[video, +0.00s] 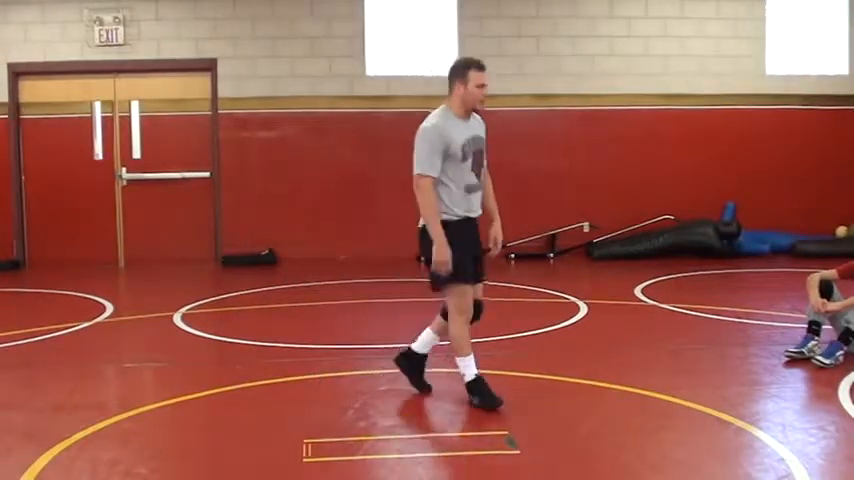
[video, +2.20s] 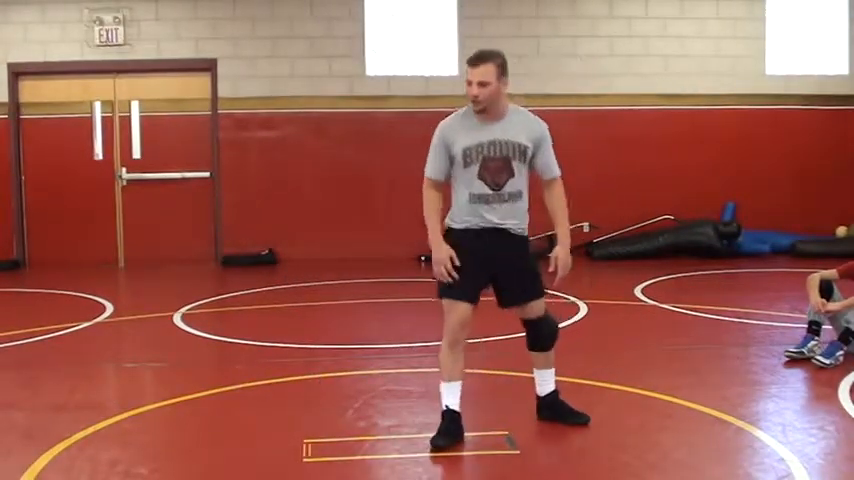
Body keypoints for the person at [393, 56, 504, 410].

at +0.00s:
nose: (485, 93)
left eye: (486, 87)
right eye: (479, 87)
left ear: (474, 89)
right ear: (457, 87)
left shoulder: (477, 124)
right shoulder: (432, 129)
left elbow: (482, 173)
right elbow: (423, 185)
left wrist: (495, 218)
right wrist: (439, 240)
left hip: (470, 225)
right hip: (444, 227)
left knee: (470, 307)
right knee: (460, 307)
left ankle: (414, 353)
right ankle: (473, 382)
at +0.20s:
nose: (502, 92)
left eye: (503, 86)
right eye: (496, 86)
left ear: (486, 87)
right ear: (474, 86)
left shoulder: (489, 121)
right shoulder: (449, 126)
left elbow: (495, 172)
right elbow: (445, 184)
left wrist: (522, 214)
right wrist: (480, 226)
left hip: (487, 223)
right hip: (457, 227)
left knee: (509, 305)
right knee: (471, 305)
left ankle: (462, 355)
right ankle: (475, 381)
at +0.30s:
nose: (510, 92)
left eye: (511, 86)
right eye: (504, 85)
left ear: (493, 87)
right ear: (483, 85)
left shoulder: (495, 120)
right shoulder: (456, 125)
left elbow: (502, 173)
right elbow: (450, 183)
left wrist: (526, 212)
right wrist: (492, 217)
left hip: (496, 225)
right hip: (465, 228)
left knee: (519, 304)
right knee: (477, 305)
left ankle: (498, 372)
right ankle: (474, 383)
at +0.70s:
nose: (553, 90)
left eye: (554, 83)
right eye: (547, 83)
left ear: (535, 86)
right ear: (524, 83)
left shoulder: (544, 127)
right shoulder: (490, 124)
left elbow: (542, 181)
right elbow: (475, 184)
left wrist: (549, 224)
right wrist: (496, 237)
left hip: (536, 230)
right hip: (499, 232)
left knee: (549, 314)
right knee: (497, 314)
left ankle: (551, 394)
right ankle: (480, 382)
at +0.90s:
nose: (563, 87)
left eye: (569, 81)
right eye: (556, 79)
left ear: (573, 86)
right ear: (539, 81)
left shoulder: (574, 131)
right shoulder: (509, 119)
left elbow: (585, 186)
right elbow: (478, 167)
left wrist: (602, 233)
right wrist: (483, 220)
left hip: (553, 230)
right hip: (514, 230)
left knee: (558, 318)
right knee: (522, 318)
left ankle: (551, 397)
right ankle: (497, 365)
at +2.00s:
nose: (522, 91)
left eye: (531, 84)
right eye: (518, 83)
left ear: (549, 86)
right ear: (511, 83)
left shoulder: (569, 134)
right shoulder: (487, 122)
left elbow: (576, 194)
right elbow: (462, 173)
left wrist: (560, 245)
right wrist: (450, 225)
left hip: (540, 237)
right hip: (488, 234)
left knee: (548, 323)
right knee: (472, 321)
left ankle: (550, 399)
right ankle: (455, 408)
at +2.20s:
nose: (474, 91)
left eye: (482, 84)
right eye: (469, 84)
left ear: (504, 85)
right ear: (465, 84)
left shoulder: (532, 127)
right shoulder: (450, 129)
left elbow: (552, 183)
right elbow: (433, 186)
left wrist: (562, 240)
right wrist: (436, 242)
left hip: (513, 240)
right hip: (463, 239)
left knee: (540, 323)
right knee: (455, 329)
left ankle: (547, 400)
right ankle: (450, 418)